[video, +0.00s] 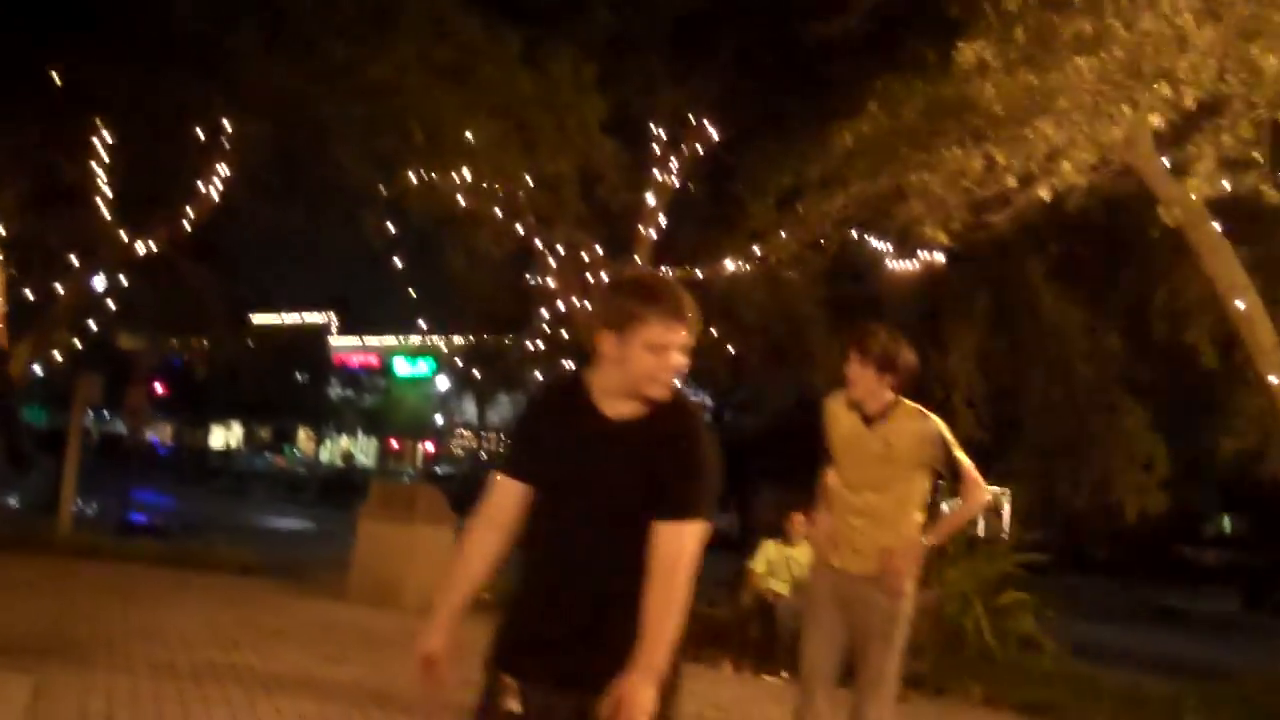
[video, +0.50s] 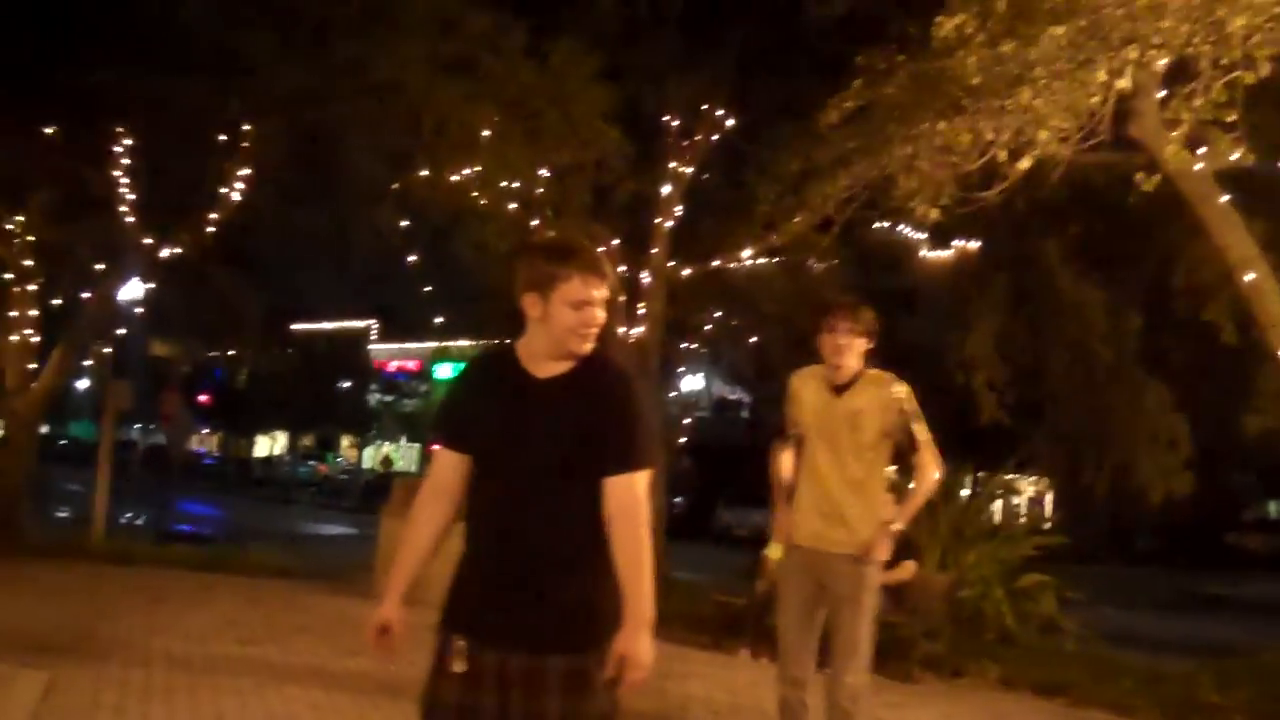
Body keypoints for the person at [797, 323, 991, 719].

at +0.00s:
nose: (848, 371)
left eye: (859, 364)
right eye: (849, 361)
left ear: (887, 378)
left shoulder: (924, 428)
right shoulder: (834, 410)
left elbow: (976, 493)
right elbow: (829, 468)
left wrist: (923, 544)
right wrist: (821, 514)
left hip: (888, 577)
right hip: (830, 567)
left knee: (874, 697)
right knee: (812, 687)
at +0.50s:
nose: (839, 343)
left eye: (850, 334)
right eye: (832, 332)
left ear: (868, 343)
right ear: (819, 339)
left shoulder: (892, 393)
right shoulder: (801, 385)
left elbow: (930, 468)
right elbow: (790, 445)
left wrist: (895, 527)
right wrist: (782, 506)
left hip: (858, 555)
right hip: (800, 547)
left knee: (848, 684)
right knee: (792, 677)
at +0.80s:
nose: (793, 326)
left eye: (802, 316)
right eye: (786, 315)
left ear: (821, 321)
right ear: (775, 321)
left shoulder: (850, 364)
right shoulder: (765, 367)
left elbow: (906, 408)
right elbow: (770, 417)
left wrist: (878, 473)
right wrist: (764, 465)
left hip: (831, 519)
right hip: (777, 515)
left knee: (830, 639)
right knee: (777, 632)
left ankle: (829, 713)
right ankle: (784, 713)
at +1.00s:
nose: (728, 312)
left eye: (738, 302)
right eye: (721, 301)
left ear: (757, 305)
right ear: (710, 306)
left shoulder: (784, 346)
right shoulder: (700, 351)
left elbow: (842, 387)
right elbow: (708, 408)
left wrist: (811, 452)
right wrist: (702, 458)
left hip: (761, 499)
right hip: (707, 498)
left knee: (757, 618)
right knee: (707, 616)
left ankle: (757, 710)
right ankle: (713, 709)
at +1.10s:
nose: (667, 332)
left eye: (676, 323)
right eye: (660, 322)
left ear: (695, 328)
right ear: (649, 330)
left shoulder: (724, 369)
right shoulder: (643, 373)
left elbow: (781, 414)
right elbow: (652, 427)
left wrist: (755, 478)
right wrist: (651, 482)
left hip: (706, 523)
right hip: (654, 522)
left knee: (712, 645)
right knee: (660, 642)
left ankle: (716, 712)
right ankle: (671, 714)